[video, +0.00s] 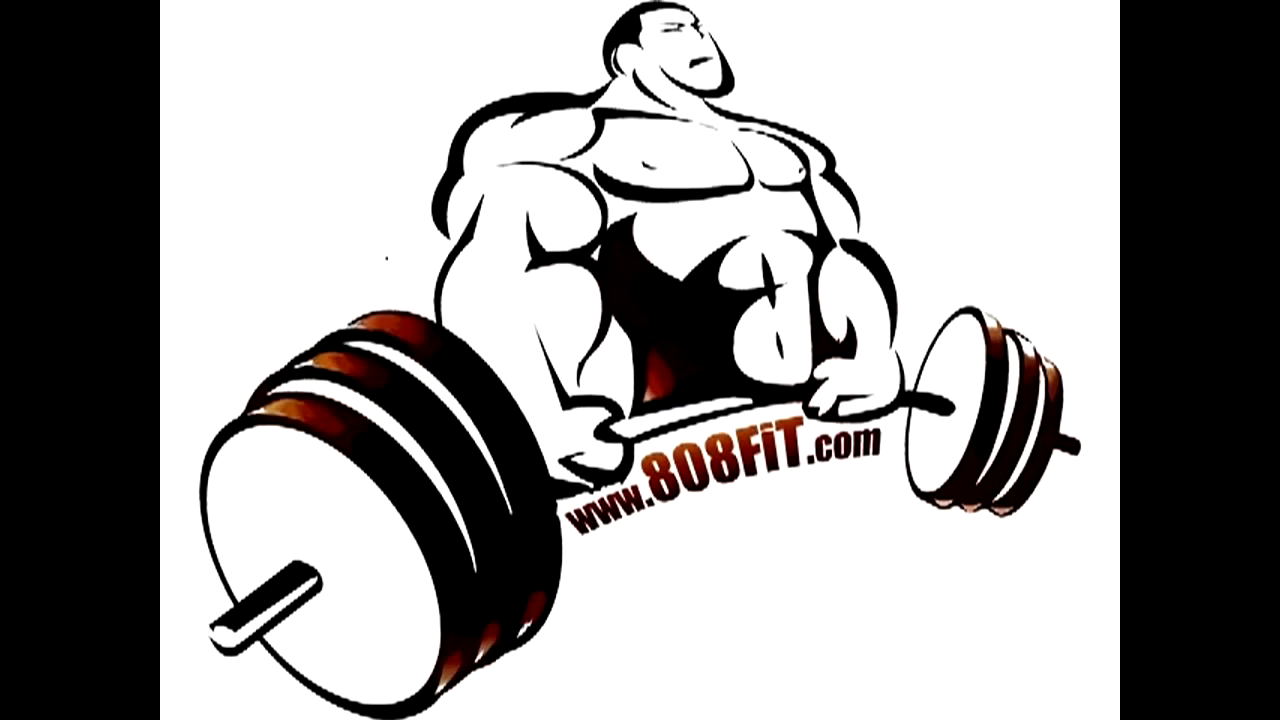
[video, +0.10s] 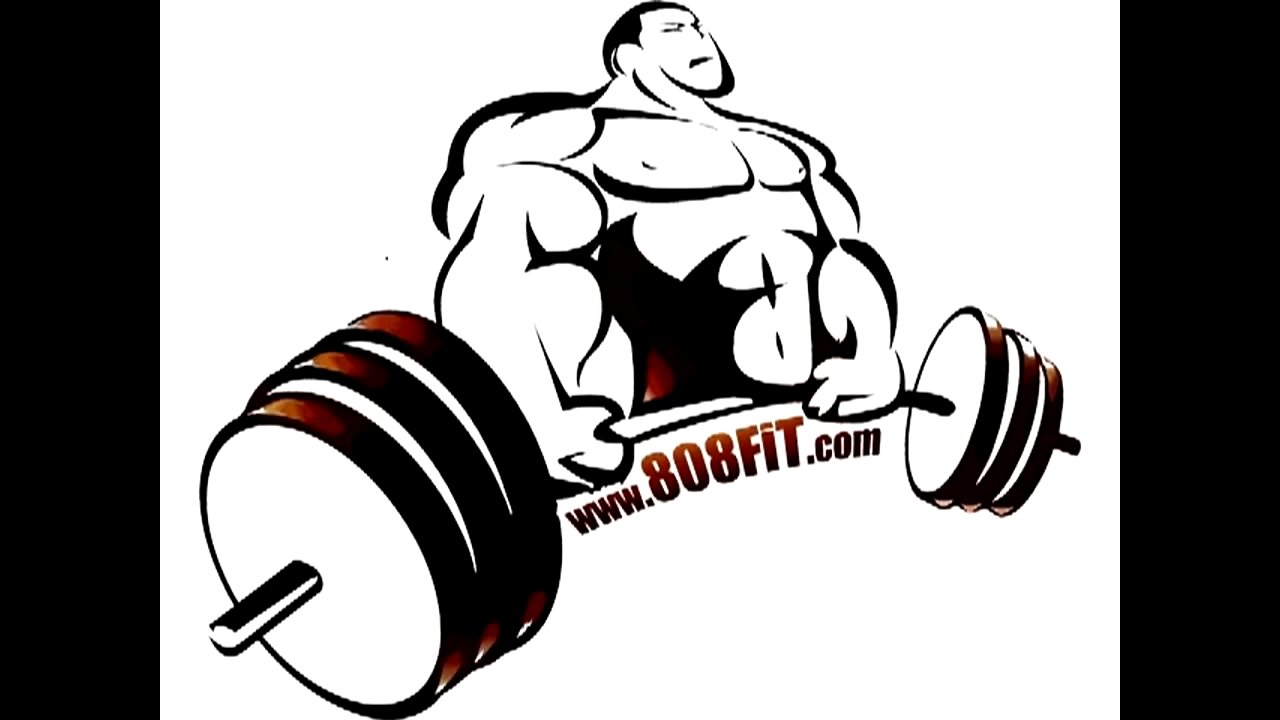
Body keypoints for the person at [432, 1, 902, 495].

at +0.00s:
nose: (702, 40)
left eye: (701, 28)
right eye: (676, 30)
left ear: (712, 45)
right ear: (628, 59)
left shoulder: (775, 145)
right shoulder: (594, 126)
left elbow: (850, 249)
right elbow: (487, 154)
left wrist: (877, 358)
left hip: (747, 330)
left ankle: (869, 369)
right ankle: (578, 428)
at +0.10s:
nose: (702, 40)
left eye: (701, 28)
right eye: (676, 30)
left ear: (712, 45)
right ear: (628, 59)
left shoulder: (775, 145)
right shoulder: (594, 126)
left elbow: (850, 249)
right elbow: (487, 154)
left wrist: (877, 358)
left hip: (747, 330)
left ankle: (869, 369)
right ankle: (578, 428)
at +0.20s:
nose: (702, 40)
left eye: (701, 28)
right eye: (676, 30)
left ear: (712, 45)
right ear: (628, 59)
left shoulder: (775, 145)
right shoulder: (594, 126)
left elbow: (850, 249)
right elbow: (487, 154)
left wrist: (877, 358)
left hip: (747, 330)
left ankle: (869, 369)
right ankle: (578, 428)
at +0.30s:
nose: (702, 40)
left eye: (701, 28)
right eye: (676, 30)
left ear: (712, 45)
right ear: (628, 59)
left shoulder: (775, 145)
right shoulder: (594, 126)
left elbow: (850, 249)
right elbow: (487, 154)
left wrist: (877, 358)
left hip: (747, 330)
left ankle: (869, 369)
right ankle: (578, 428)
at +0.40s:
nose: (702, 40)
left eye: (701, 28)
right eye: (675, 30)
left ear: (712, 44)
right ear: (628, 59)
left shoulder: (773, 145)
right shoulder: (596, 126)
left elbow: (851, 252)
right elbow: (487, 153)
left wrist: (877, 358)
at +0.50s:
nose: (702, 39)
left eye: (702, 28)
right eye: (676, 29)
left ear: (715, 44)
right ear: (629, 57)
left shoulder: (778, 146)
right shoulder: (592, 127)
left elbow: (849, 255)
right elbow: (488, 155)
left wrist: (875, 358)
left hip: (751, 335)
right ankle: (567, 430)